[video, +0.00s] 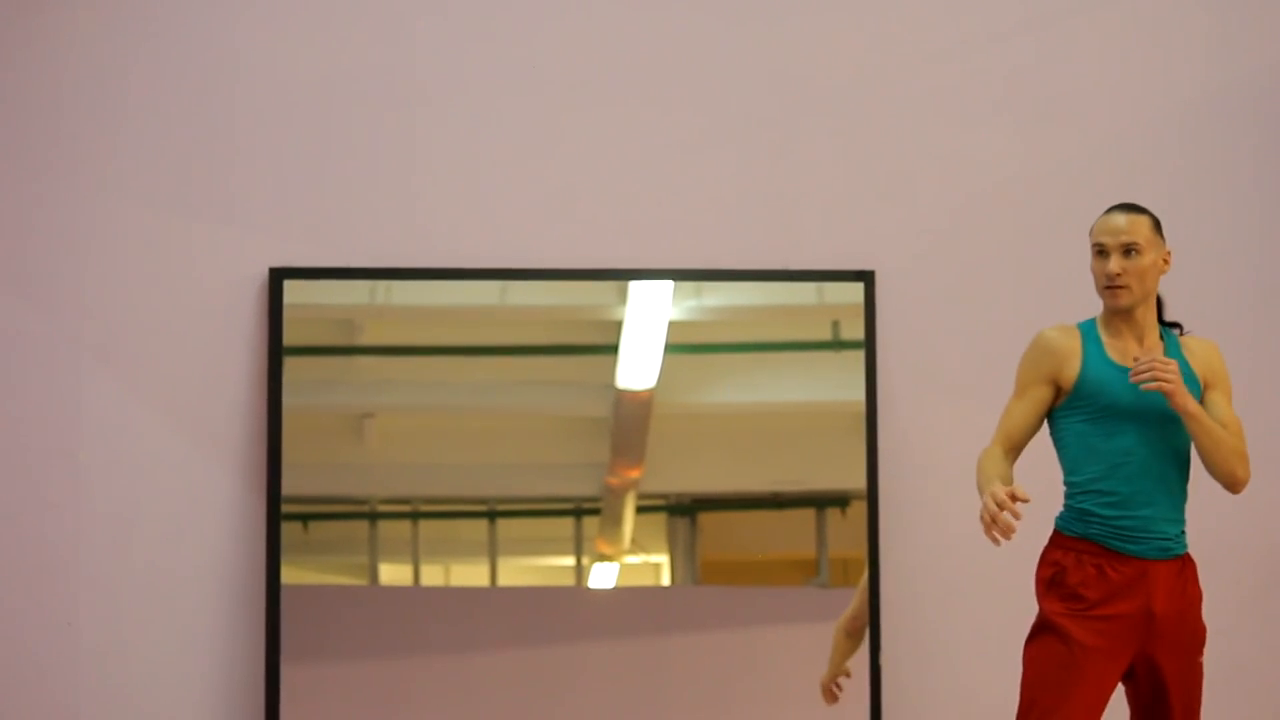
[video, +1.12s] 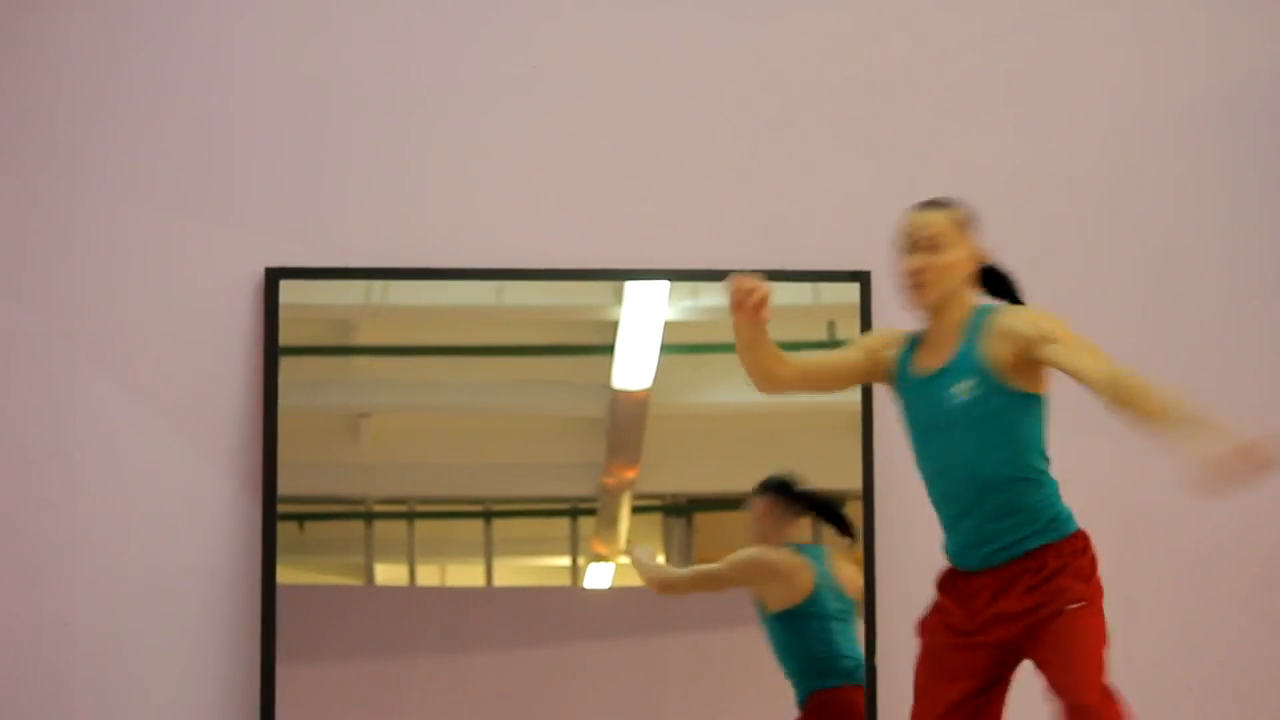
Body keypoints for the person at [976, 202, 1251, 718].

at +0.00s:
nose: (1112, 266)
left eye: (1130, 251)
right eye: (1101, 253)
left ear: (1163, 262)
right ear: (1090, 263)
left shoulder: (1199, 356)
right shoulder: (1058, 349)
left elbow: (1235, 474)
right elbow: (1001, 450)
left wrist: (1186, 404)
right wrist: (994, 491)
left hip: (1169, 583)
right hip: (1083, 578)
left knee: (1175, 712)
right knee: (1048, 712)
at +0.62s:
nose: (1105, 266)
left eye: (1123, 250)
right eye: (1095, 254)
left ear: (1161, 260)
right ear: (1087, 266)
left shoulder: (1203, 357)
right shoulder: (1052, 351)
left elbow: (1214, 449)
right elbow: (1001, 459)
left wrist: (1113, 399)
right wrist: (980, 558)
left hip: (1148, 596)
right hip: (1058, 589)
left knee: (1152, 712)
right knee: (1024, 712)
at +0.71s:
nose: (1090, 273)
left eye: (1108, 257)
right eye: (1082, 260)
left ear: (1149, 268)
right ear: (1074, 272)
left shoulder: (1190, 363)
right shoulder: (1037, 362)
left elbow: (1167, 456)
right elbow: (1009, 486)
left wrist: (1050, 413)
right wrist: (978, 597)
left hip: (1136, 606)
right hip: (1043, 599)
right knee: (1005, 711)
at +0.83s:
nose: (1059, 289)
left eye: (1077, 274)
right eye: (1050, 277)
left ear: (1118, 285)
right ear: (1043, 291)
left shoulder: (1143, 366)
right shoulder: (1030, 386)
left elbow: (1041, 398)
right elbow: (988, 497)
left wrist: (961, 370)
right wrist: (895, 575)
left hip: (1109, 626)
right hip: (1014, 622)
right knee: (970, 711)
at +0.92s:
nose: (1037, 290)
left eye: (1055, 275)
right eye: (1029, 278)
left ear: (1095, 285)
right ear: (1020, 288)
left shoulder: (1113, 366)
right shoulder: (1007, 394)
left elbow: (995, 381)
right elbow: (926, 484)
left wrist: (905, 326)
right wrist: (807, 495)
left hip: (1081, 620)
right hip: (985, 620)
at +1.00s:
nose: (1008, 276)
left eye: (1026, 262)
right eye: (1000, 264)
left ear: (1067, 273)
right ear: (993, 275)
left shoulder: (1093, 362)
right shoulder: (969, 364)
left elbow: (1031, 409)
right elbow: (864, 433)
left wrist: (917, 357)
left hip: (1055, 606)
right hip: (956, 611)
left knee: (1154, 715)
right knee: (928, 712)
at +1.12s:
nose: (915, 261)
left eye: (931, 245)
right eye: (907, 249)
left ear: (973, 254)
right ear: (899, 266)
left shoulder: (1012, 329)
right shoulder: (893, 352)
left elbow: (1115, 383)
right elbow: (775, 373)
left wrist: (1210, 436)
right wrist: (747, 327)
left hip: (1052, 572)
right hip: (968, 591)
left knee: (1086, 701)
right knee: (934, 713)